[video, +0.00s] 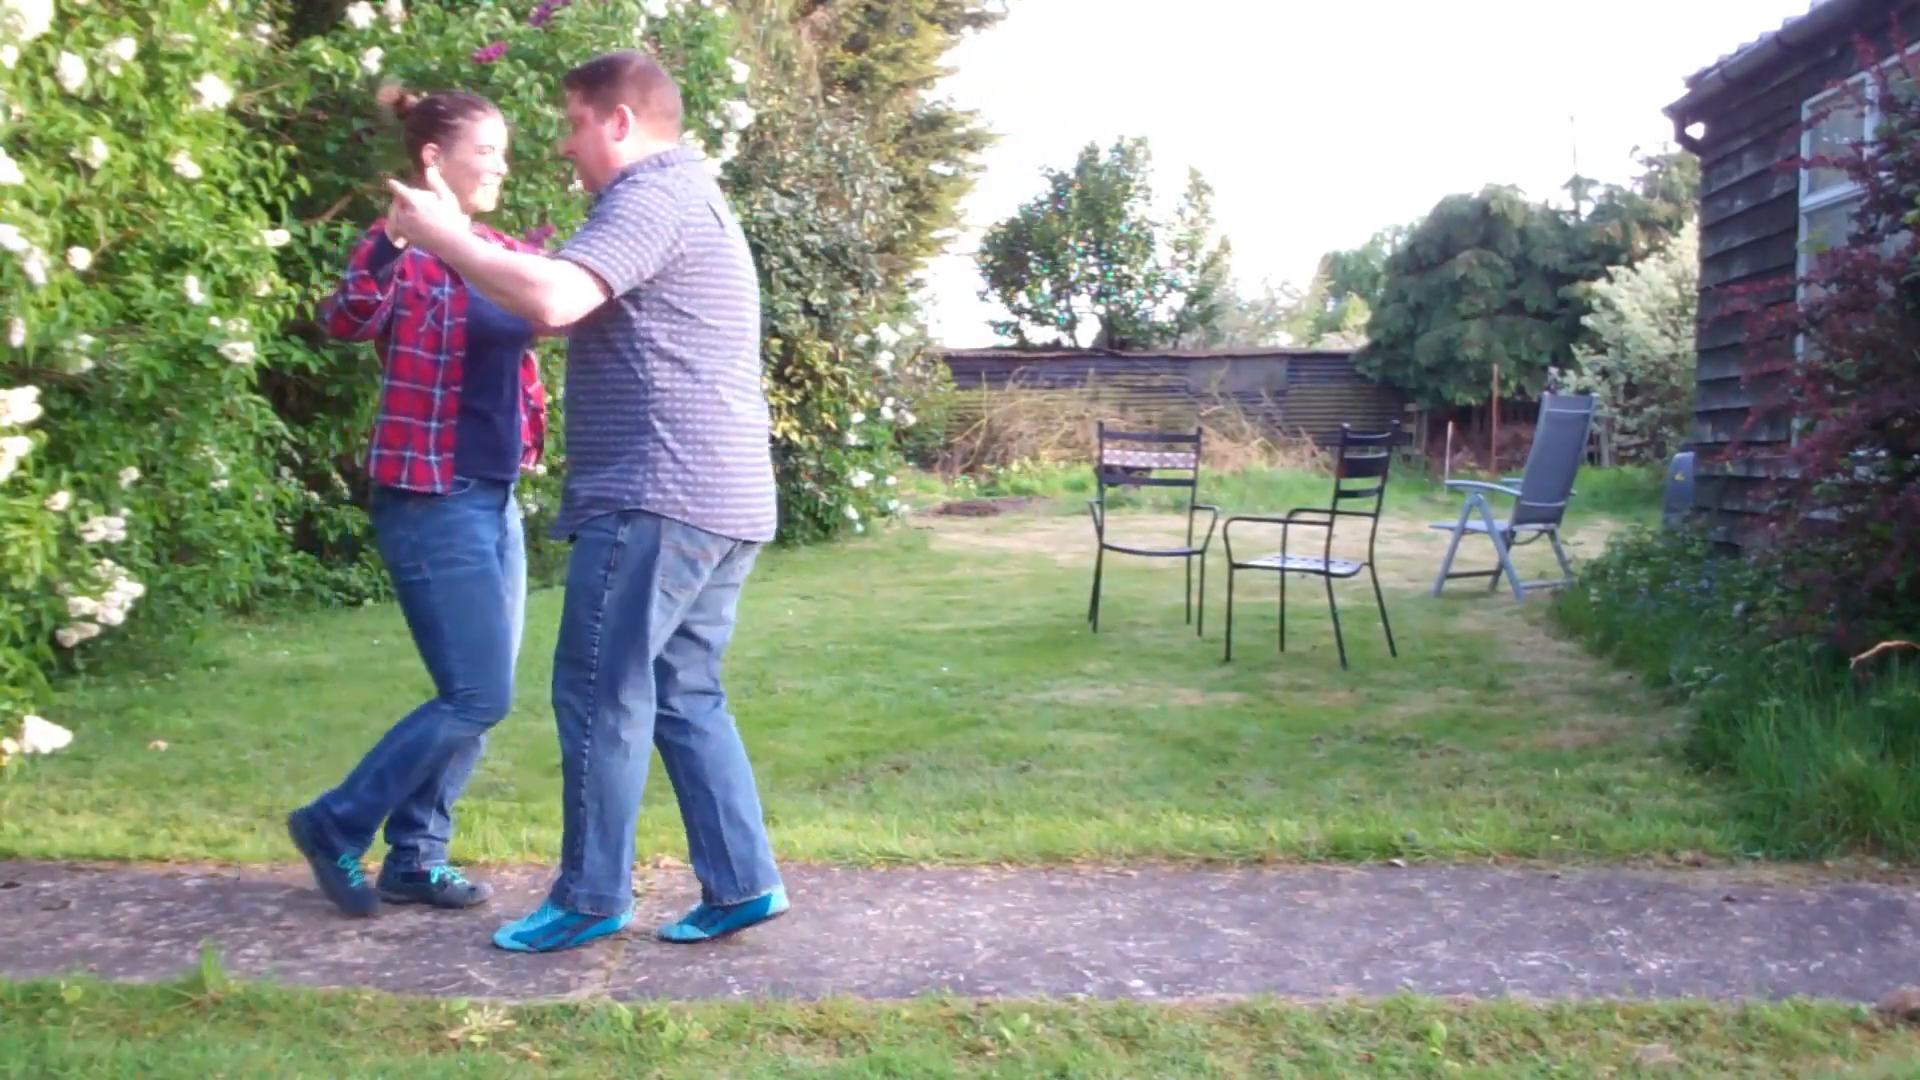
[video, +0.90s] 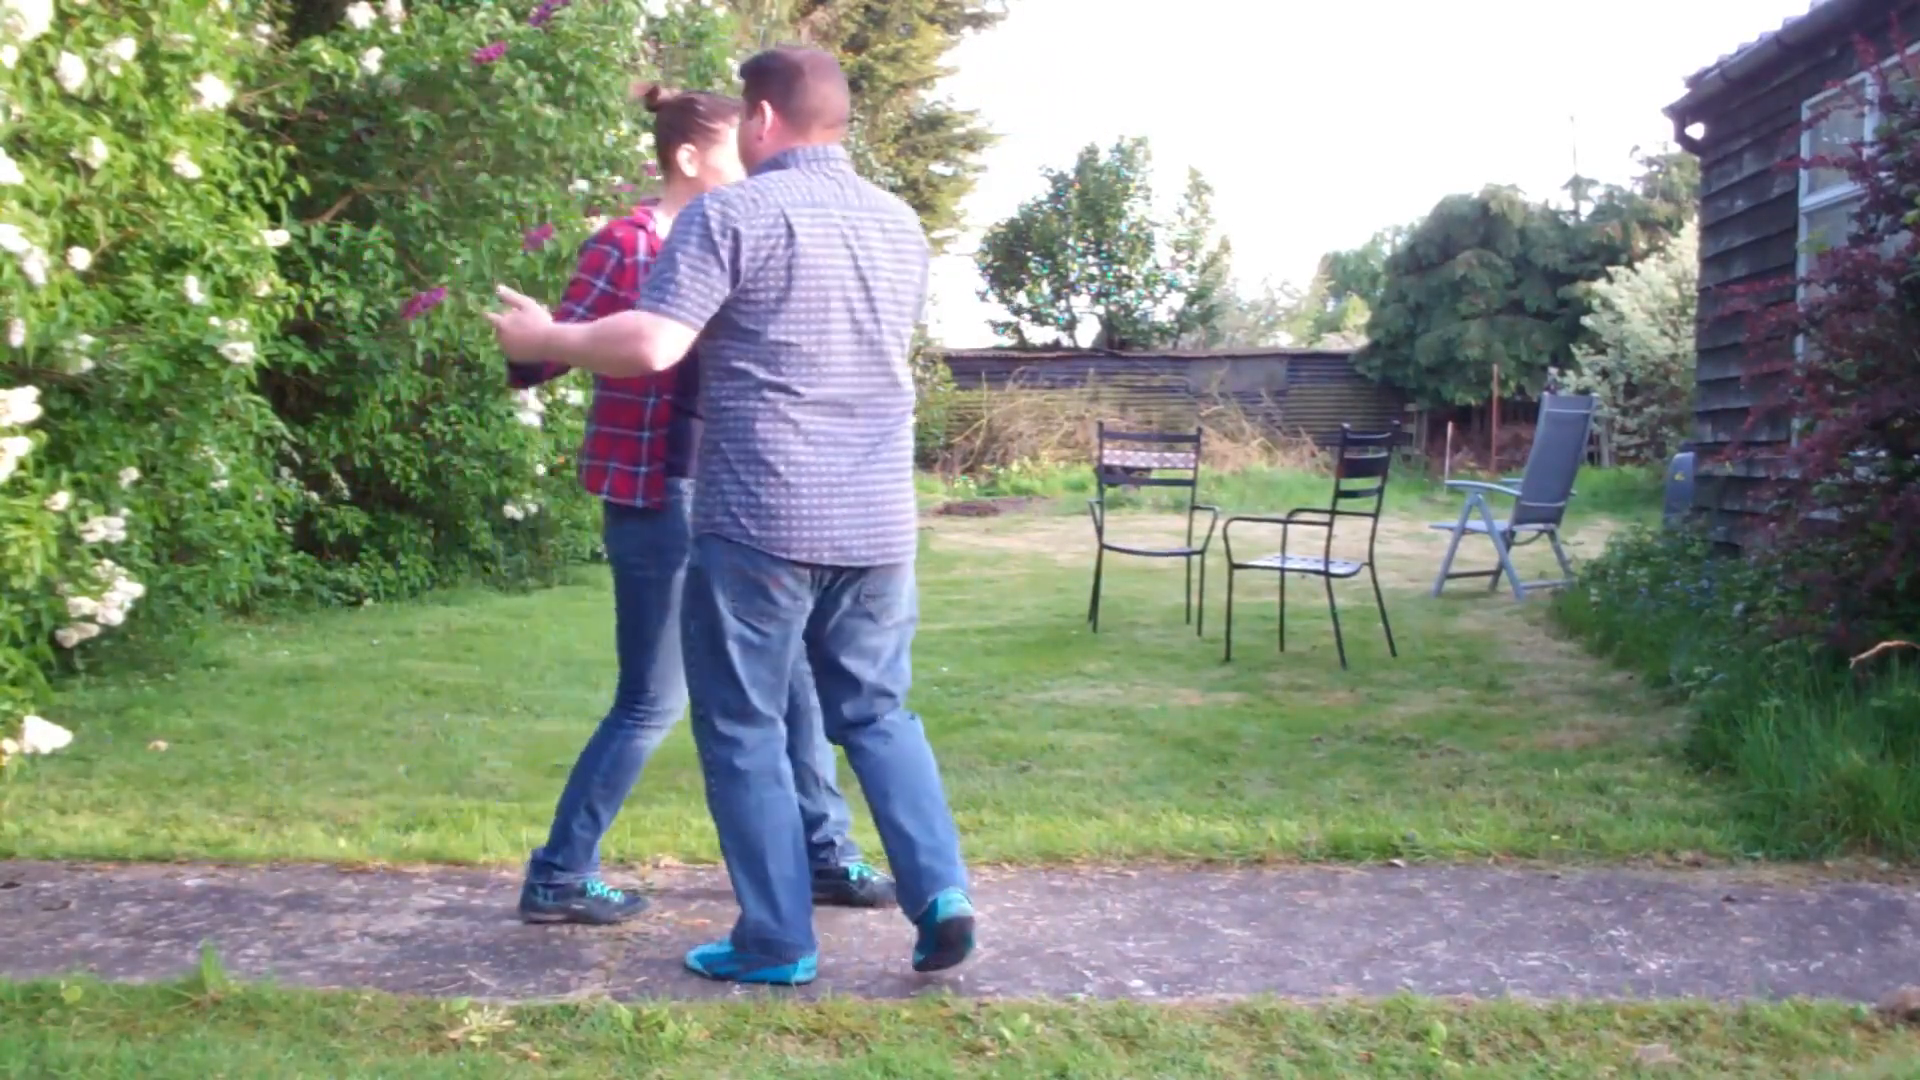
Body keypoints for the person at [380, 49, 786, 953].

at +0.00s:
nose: (567, 150)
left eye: (573, 129)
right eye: (566, 131)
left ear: (618, 120)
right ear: (643, 121)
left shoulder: (655, 194)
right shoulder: (692, 192)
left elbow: (554, 297)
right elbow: (566, 289)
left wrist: (440, 235)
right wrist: (467, 241)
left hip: (659, 493)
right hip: (725, 494)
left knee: (599, 693)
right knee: (685, 687)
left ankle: (590, 898)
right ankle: (743, 882)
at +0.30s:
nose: (622, 145)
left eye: (626, 126)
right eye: (622, 127)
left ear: (661, 115)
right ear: (710, 116)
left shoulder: (695, 194)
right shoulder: (741, 192)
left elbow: (575, 285)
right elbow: (620, 292)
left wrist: (454, 221)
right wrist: (513, 242)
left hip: (715, 495)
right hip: (783, 495)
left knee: (659, 698)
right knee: (734, 697)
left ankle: (738, 896)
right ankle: (753, 892)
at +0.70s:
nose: (694, 138)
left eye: (698, 120)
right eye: (696, 120)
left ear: (727, 116)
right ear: (793, 119)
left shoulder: (730, 206)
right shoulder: (826, 205)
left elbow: (611, 313)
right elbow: (722, 313)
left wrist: (503, 273)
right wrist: (636, 253)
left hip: (759, 513)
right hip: (858, 509)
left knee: (737, 720)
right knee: (816, 703)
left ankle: (779, 939)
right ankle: (874, 894)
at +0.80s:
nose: (720, 136)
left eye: (724, 119)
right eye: (722, 119)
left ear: (751, 118)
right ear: (820, 121)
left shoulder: (739, 207)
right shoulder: (870, 219)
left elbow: (630, 330)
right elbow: (767, 319)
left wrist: (517, 306)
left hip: (760, 514)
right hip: (870, 512)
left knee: (736, 722)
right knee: (849, 703)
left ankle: (777, 939)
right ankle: (921, 887)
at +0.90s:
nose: (739, 143)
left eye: (740, 125)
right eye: (733, 129)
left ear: (767, 118)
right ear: (843, 124)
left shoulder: (737, 216)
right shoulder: (902, 224)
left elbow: (650, 343)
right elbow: (874, 338)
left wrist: (543, 339)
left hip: (763, 514)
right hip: (880, 521)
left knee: (747, 723)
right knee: (877, 708)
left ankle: (775, 938)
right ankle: (943, 894)